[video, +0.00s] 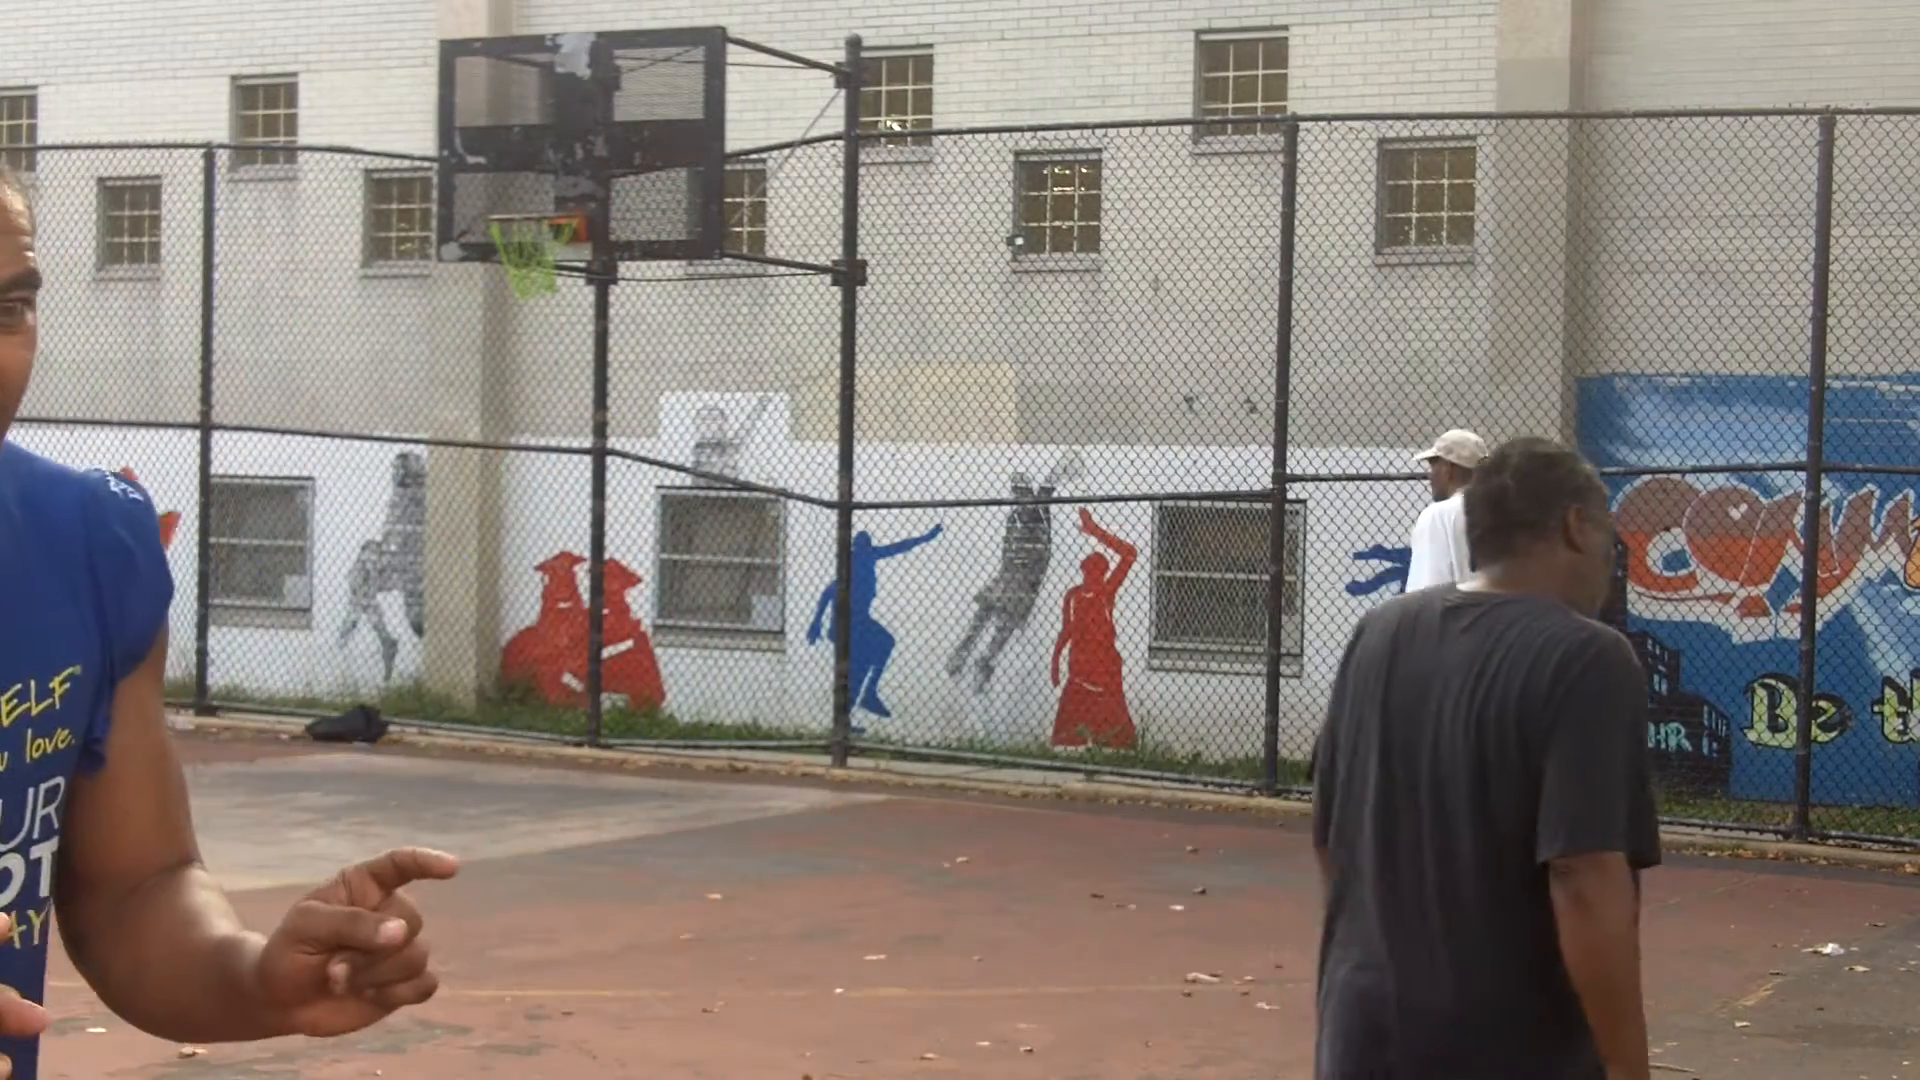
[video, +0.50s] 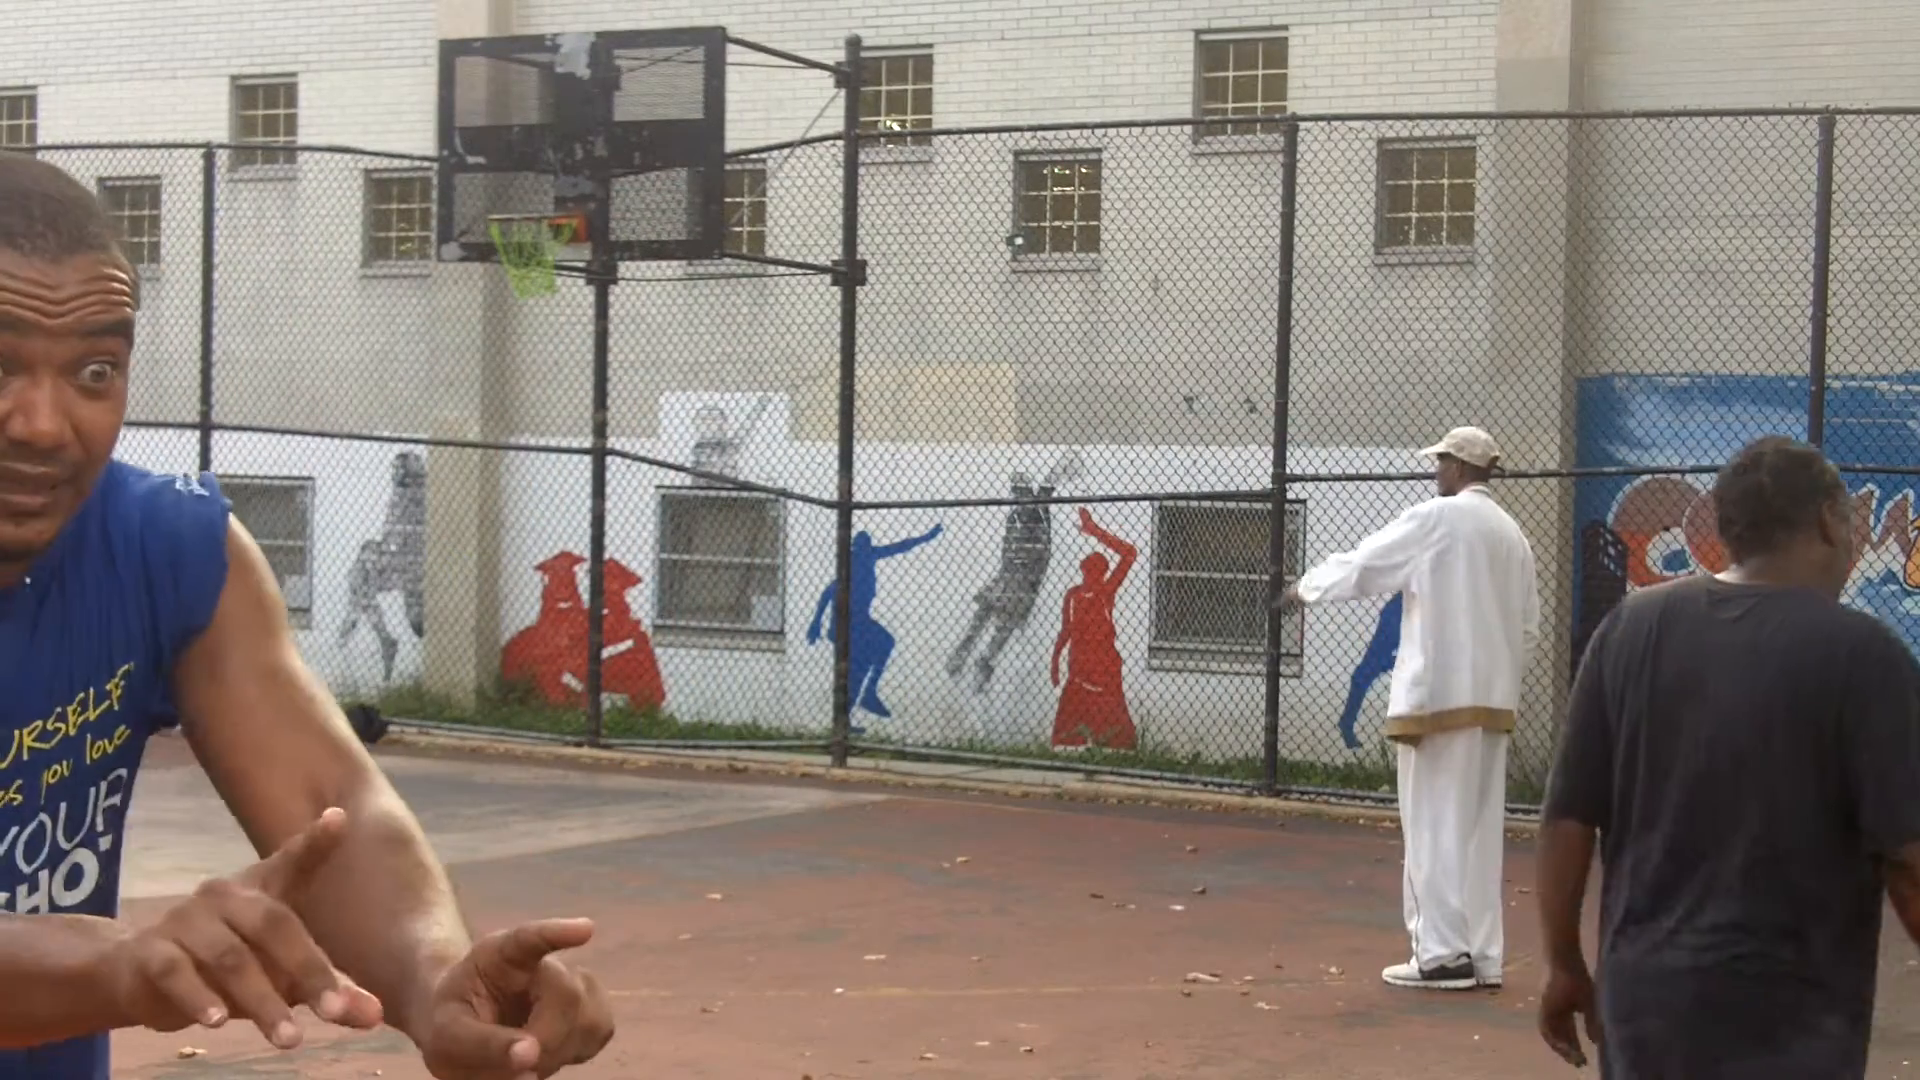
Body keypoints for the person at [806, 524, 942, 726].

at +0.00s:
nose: (865, 551)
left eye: (867, 547)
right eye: (862, 547)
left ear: (871, 548)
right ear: (855, 549)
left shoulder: (871, 557)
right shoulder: (851, 567)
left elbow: (898, 548)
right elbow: (828, 592)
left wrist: (926, 538)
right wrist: (816, 623)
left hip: (863, 620)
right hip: (846, 624)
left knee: (886, 643)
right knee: (860, 663)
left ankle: (870, 693)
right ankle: (842, 716)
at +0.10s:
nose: (865, 550)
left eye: (867, 546)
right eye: (862, 547)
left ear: (871, 547)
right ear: (855, 548)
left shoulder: (872, 556)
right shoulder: (851, 567)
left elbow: (899, 547)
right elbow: (828, 592)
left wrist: (925, 538)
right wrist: (816, 623)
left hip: (863, 620)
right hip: (846, 624)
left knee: (885, 643)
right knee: (860, 662)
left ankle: (870, 693)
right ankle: (842, 716)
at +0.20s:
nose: (865, 550)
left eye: (867, 546)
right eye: (862, 547)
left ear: (871, 547)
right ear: (855, 548)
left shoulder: (872, 556)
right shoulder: (851, 567)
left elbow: (899, 547)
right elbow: (828, 592)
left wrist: (925, 538)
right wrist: (816, 623)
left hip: (863, 620)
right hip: (846, 624)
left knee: (885, 643)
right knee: (860, 662)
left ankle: (870, 693)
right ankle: (842, 715)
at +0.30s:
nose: (865, 551)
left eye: (867, 547)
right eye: (861, 547)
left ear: (871, 547)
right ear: (855, 548)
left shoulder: (871, 556)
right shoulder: (851, 567)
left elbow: (899, 547)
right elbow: (829, 591)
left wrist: (926, 538)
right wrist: (816, 623)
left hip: (863, 621)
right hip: (846, 625)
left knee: (886, 642)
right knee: (860, 663)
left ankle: (870, 693)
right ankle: (842, 716)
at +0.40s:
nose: (865, 551)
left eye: (867, 547)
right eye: (862, 547)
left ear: (871, 547)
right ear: (855, 548)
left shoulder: (871, 556)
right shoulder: (851, 566)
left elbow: (899, 547)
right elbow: (829, 591)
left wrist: (926, 537)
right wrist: (815, 622)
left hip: (863, 621)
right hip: (846, 625)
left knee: (885, 642)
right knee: (860, 664)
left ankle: (870, 693)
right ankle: (842, 717)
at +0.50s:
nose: (865, 551)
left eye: (867, 547)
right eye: (862, 547)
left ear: (871, 547)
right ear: (855, 548)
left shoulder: (871, 556)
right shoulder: (851, 566)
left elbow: (899, 547)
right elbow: (829, 591)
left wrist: (926, 537)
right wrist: (815, 622)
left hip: (863, 621)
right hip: (846, 625)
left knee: (885, 642)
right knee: (860, 664)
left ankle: (870, 693)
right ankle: (842, 717)